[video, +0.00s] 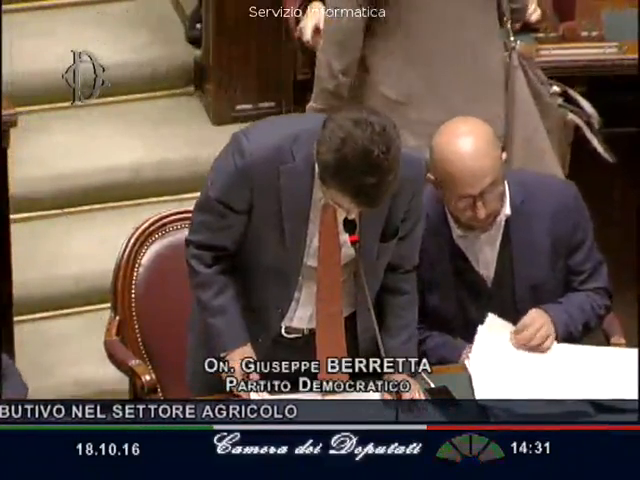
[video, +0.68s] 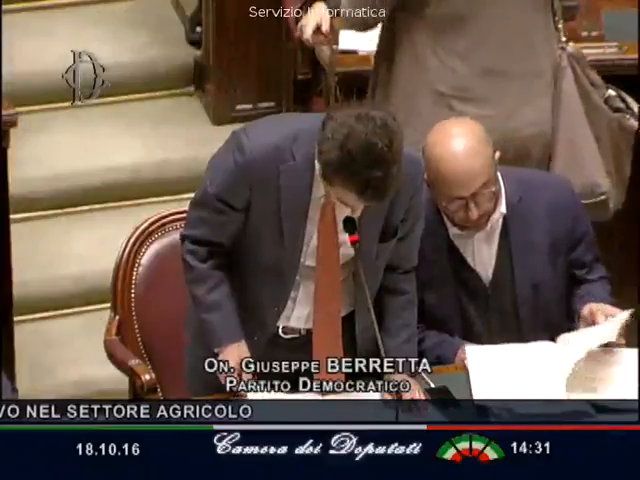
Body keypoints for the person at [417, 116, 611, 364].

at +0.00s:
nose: (480, 211)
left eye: (489, 192)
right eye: (464, 199)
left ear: (503, 160)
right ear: (434, 181)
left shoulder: (558, 201)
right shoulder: (414, 222)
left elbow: (595, 292)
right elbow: (404, 326)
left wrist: (554, 319)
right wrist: (463, 354)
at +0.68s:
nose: (474, 212)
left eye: (484, 192)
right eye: (456, 202)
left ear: (496, 159)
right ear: (428, 183)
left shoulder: (553, 198)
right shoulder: (408, 223)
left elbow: (588, 273)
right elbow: (398, 325)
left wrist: (592, 304)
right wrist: (455, 353)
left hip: (553, 371)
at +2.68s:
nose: (480, 206)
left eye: (485, 185)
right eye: (461, 198)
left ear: (492, 156)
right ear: (431, 187)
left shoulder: (553, 198)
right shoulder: (408, 224)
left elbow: (593, 284)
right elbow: (401, 326)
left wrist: (563, 316)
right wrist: (454, 353)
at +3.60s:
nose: (473, 211)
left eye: (481, 192)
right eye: (455, 200)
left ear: (493, 157)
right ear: (429, 185)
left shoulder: (552, 197)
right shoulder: (407, 221)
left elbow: (586, 271)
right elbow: (394, 324)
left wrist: (601, 305)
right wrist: (441, 348)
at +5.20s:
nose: (475, 208)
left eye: (482, 189)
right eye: (457, 198)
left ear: (494, 158)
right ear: (430, 184)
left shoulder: (553, 194)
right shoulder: (409, 219)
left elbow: (595, 278)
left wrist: (568, 304)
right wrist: (440, 345)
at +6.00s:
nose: (470, 210)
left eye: (479, 191)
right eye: (452, 199)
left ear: (491, 159)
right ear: (426, 185)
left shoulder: (551, 197)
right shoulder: (407, 220)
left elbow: (593, 285)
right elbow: (397, 324)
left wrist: (561, 317)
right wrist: (439, 346)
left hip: (547, 368)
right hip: (456, 374)